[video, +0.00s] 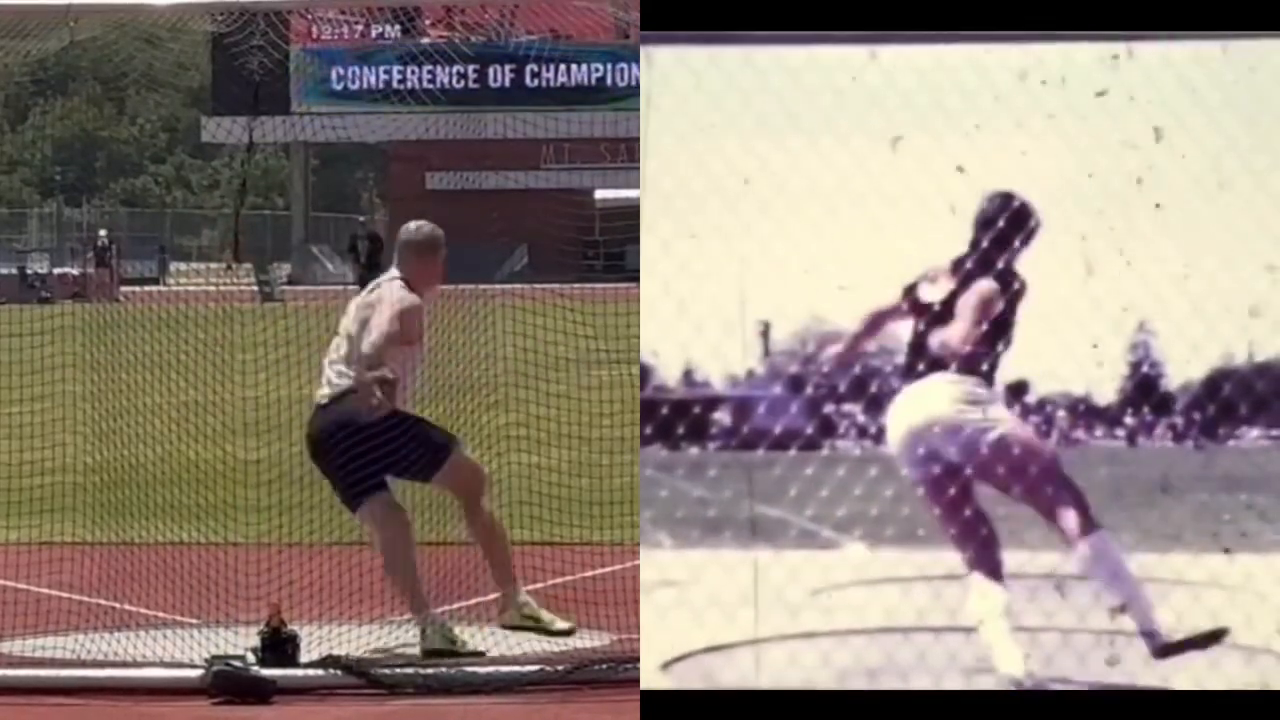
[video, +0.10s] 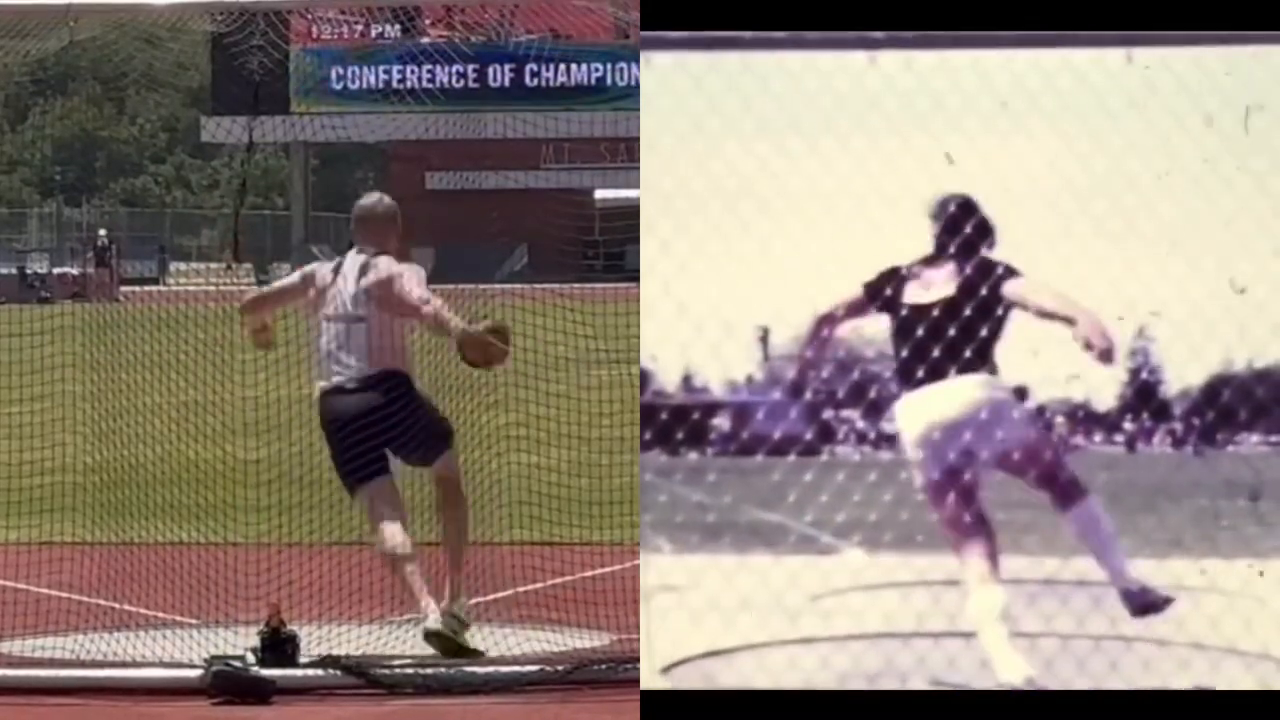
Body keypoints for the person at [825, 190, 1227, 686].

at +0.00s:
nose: (1025, 253)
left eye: (1026, 241)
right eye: (1024, 241)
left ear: (978, 231)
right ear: (1013, 240)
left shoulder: (931, 282)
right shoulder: (1002, 279)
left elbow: (878, 317)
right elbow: (975, 300)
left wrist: (842, 354)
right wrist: (958, 339)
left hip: (903, 412)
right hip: (955, 397)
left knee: (978, 550)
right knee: (1065, 505)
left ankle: (1011, 671)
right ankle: (1154, 631)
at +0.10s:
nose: (984, 251)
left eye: (980, 246)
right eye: (984, 245)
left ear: (936, 237)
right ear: (980, 240)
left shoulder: (896, 281)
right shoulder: (986, 273)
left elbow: (828, 318)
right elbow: (1030, 297)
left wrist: (801, 368)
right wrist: (1083, 318)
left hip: (915, 418)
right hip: (976, 398)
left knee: (970, 538)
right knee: (1060, 482)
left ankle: (1008, 668)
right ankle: (1127, 585)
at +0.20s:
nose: (926, 232)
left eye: (913, 225)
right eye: (936, 221)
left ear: (900, 222)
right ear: (944, 213)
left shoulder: (882, 268)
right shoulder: (974, 258)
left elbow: (831, 307)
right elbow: (1045, 284)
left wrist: (806, 353)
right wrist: (1117, 304)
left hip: (938, 398)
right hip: (990, 378)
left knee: (977, 520)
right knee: (1012, 469)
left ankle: (1019, 650)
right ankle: (1065, 562)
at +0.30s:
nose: (861, 212)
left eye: (866, 203)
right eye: (863, 202)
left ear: (882, 206)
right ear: (909, 201)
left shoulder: (884, 261)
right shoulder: (956, 245)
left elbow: (850, 310)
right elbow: (1031, 270)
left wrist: (802, 344)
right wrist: (1098, 288)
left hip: (953, 395)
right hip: (993, 378)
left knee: (998, 521)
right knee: (936, 468)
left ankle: (1063, 593)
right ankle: (1006, 580)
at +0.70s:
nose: (913, 263)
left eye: (915, 252)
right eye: (902, 256)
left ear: (923, 247)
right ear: (883, 259)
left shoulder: (953, 278)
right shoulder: (868, 293)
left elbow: (1025, 278)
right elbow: (823, 304)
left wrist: (1056, 309)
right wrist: (783, 305)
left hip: (956, 414)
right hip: (904, 419)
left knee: (975, 508)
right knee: (932, 526)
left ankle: (923, 566)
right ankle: (880, 628)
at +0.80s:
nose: (948, 261)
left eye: (945, 253)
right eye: (939, 256)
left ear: (938, 260)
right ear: (918, 267)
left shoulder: (960, 276)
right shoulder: (890, 312)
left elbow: (1012, 269)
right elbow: (820, 344)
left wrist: (1067, 287)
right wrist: (753, 361)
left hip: (941, 423)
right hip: (906, 426)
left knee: (932, 526)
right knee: (959, 534)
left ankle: (891, 618)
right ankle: (883, 623)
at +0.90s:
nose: (957, 236)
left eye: (954, 228)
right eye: (951, 229)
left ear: (913, 235)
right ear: (939, 236)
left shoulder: (915, 279)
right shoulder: (932, 285)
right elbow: (890, 345)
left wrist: (951, 278)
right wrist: (838, 401)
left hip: (895, 398)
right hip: (923, 402)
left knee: (910, 513)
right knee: (961, 522)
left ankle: (886, 616)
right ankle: (886, 617)